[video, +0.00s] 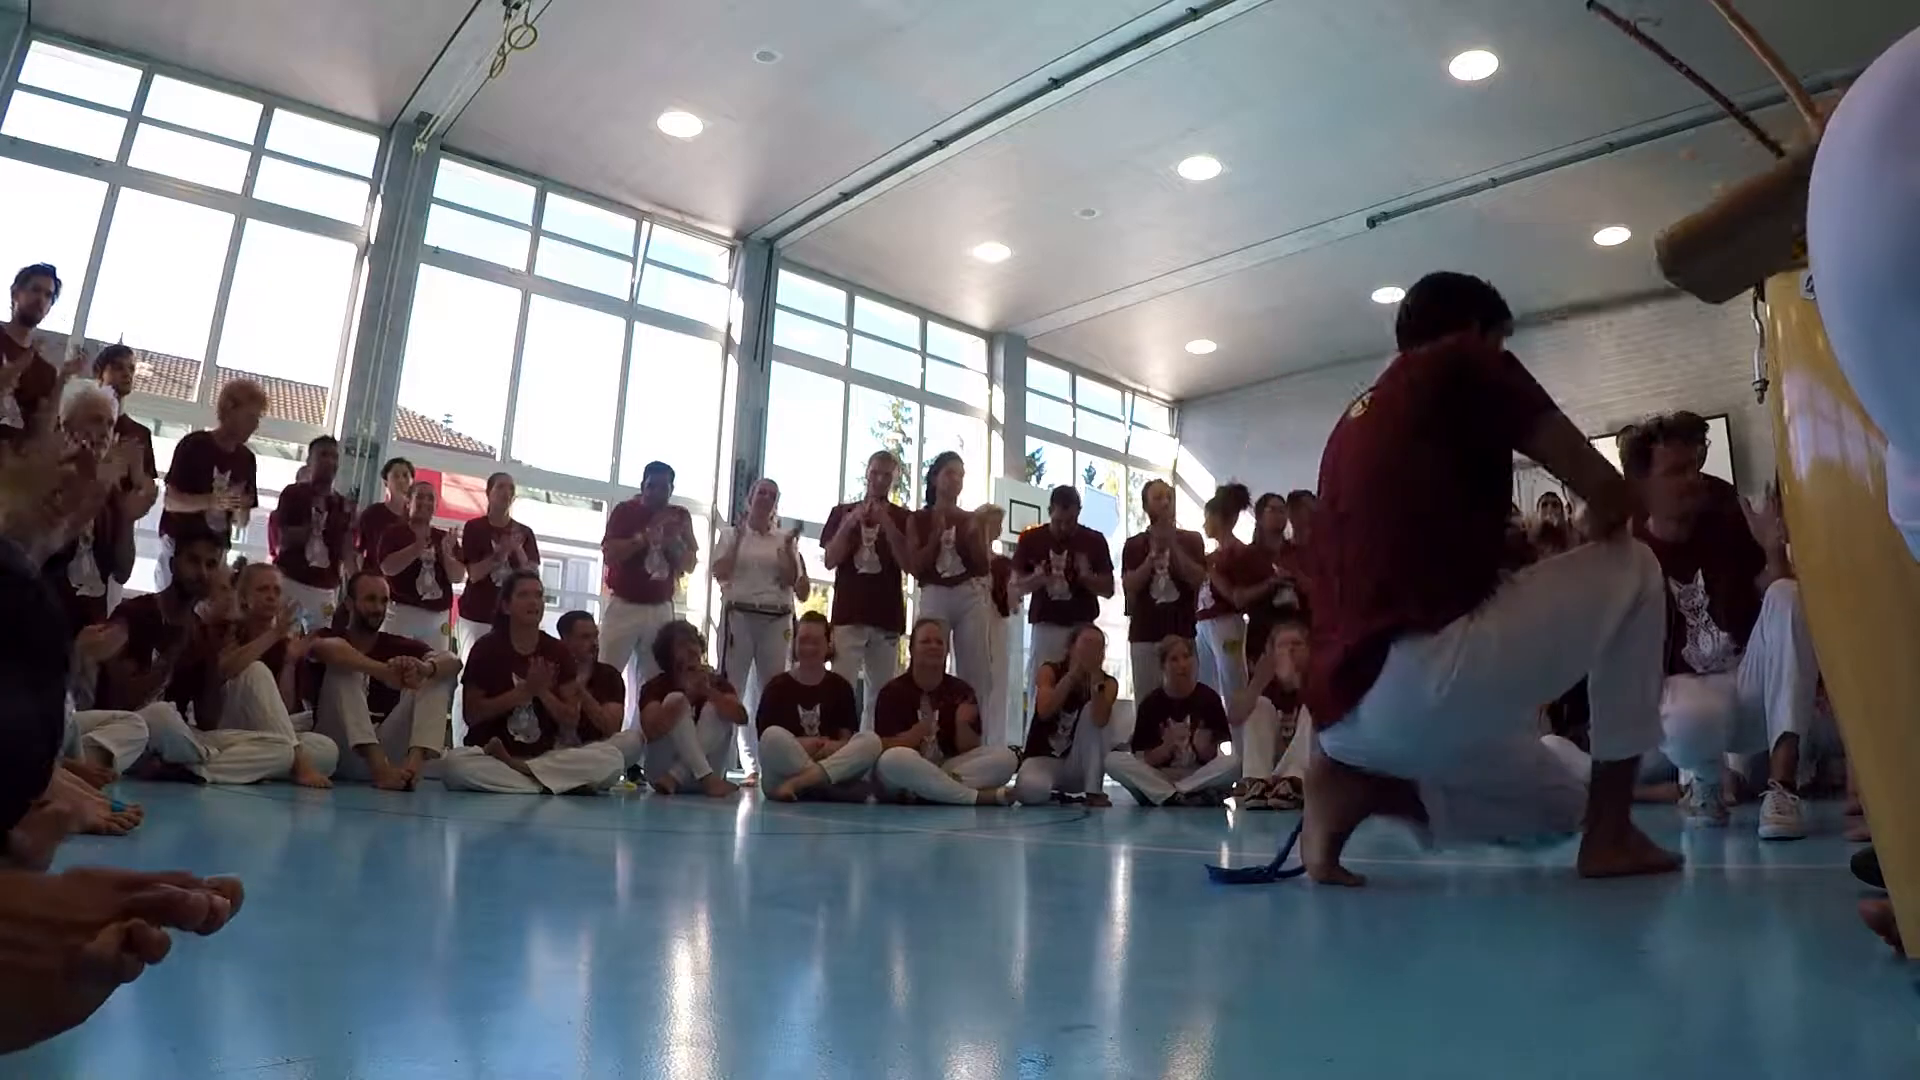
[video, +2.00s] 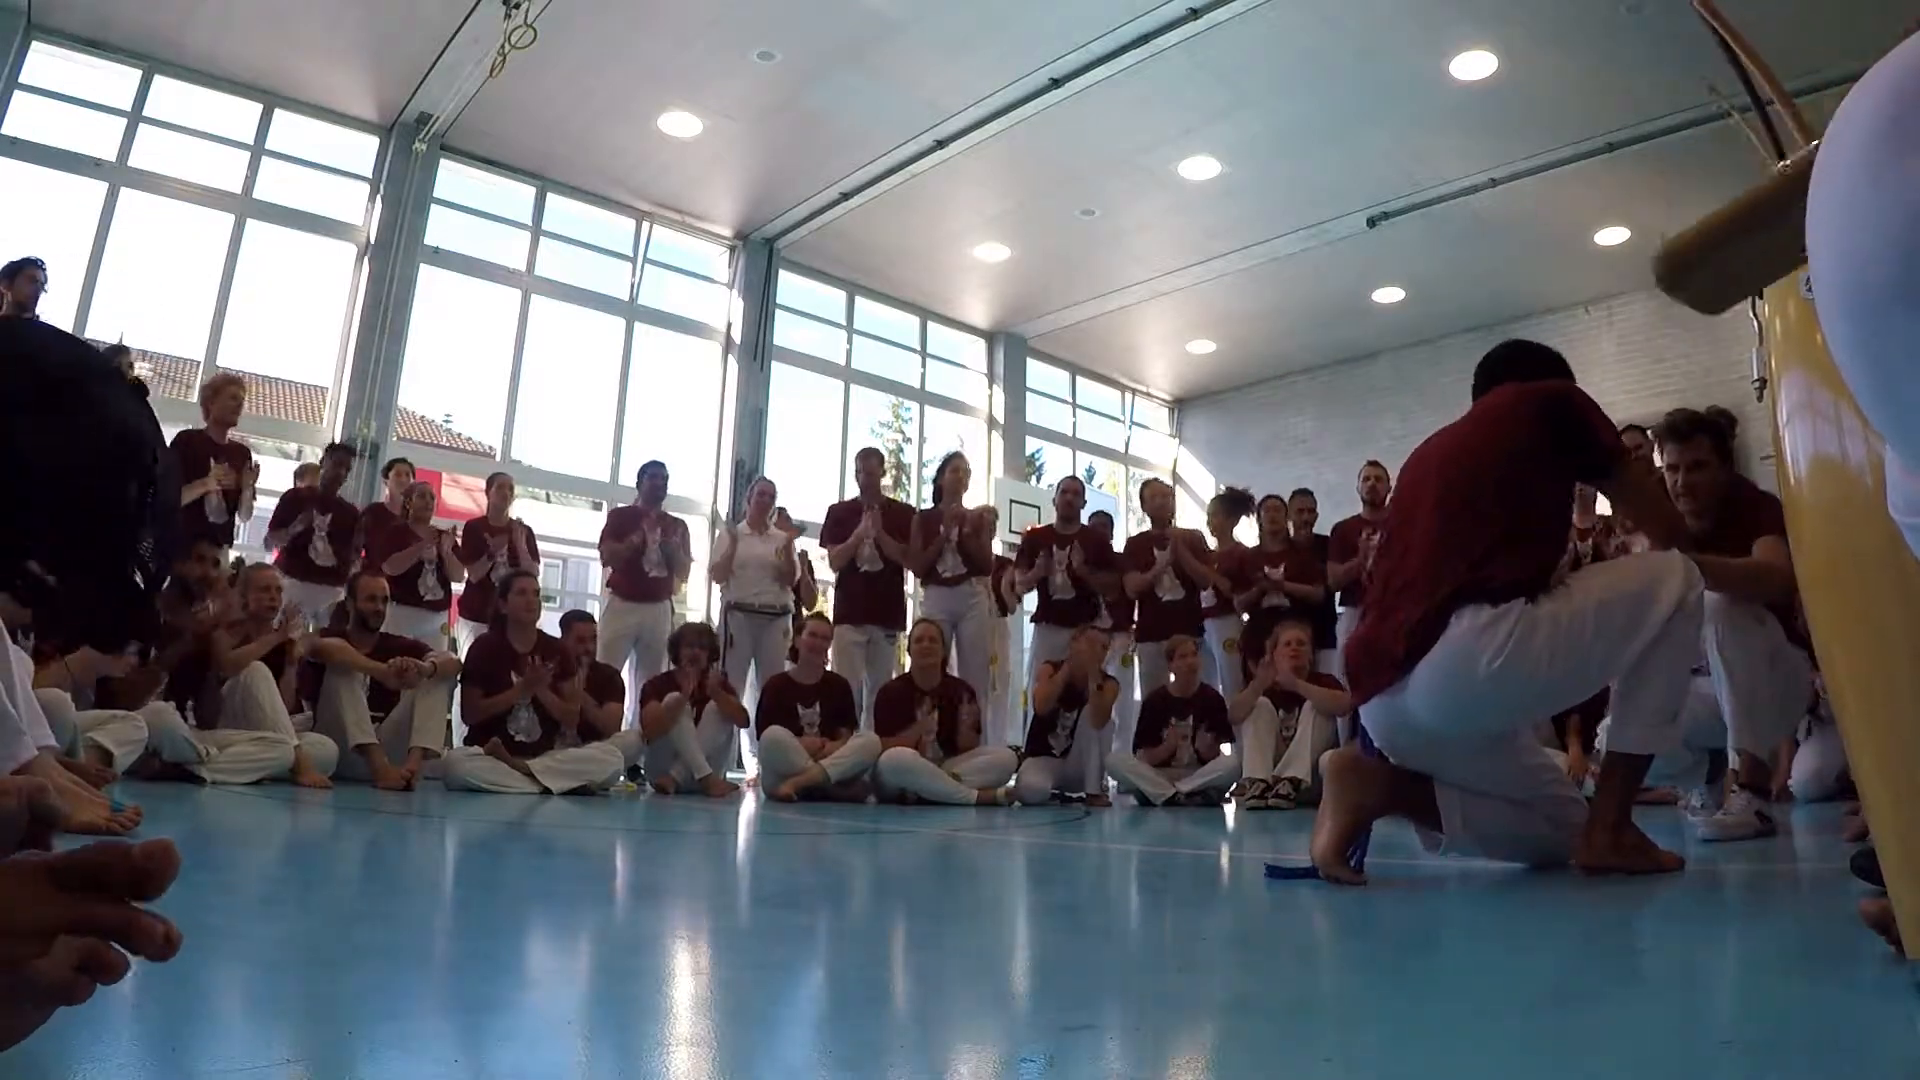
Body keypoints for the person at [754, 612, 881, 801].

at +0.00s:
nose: (809, 645)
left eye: (816, 640)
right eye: (803, 639)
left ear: (828, 645)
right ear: (795, 643)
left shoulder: (840, 686)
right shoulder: (777, 685)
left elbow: (846, 739)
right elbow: (766, 738)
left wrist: (832, 748)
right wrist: (809, 744)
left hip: (831, 769)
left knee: (871, 741)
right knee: (772, 736)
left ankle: (796, 785)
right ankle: (833, 788)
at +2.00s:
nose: (818, 643)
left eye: (825, 639)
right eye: (813, 636)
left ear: (830, 645)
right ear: (797, 639)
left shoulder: (839, 685)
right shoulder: (776, 684)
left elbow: (846, 737)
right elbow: (764, 737)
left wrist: (832, 747)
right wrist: (800, 744)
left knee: (871, 741)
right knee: (773, 736)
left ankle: (797, 784)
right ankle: (835, 789)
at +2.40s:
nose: (817, 642)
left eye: (824, 638)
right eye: (811, 635)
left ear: (829, 645)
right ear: (796, 639)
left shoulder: (837, 685)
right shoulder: (774, 684)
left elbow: (848, 733)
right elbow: (764, 736)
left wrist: (826, 736)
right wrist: (801, 731)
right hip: (783, 776)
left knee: (865, 732)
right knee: (776, 728)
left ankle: (796, 784)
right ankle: (836, 789)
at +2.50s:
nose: (817, 644)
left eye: (823, 640)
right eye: (811, 636)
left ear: (828, 646)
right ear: (796, 639)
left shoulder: (836, 685)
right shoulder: (774, 683)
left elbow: (848, 731)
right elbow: (764, 733)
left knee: (863, 729)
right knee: (778, 723)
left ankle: (795, 784)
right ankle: (837, 788)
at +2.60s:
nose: (817, 644)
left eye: (823, 641)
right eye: (811, 637)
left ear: (828, 647)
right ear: (796, 639)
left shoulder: (835, 683)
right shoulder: (774, 682)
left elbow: (842, 733)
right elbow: (769, 733)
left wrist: (834, 710)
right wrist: (802, 713)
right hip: (784, 775)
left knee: (861, 725)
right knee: (780, 719)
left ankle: (795, 783)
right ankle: (835, 787)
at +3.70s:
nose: (823, 645)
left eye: (830, 640)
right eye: (817, 637)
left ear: (835, 646)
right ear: (801, 638)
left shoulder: (841, 680)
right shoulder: (782, 678)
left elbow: (854, 723)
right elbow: (778, 730)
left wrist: (833, 683)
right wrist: (816, 693)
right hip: (785, 776)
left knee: (866, 729)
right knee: (765, 722)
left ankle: (797, 784)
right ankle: (832, 785)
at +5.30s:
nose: (817, 646)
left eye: (819, 639)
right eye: (809, 642)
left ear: (822, 640)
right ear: (790, 647)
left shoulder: (833, 673)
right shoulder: (776, 681)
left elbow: (847, 705)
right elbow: (803, 732)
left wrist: (826, 663)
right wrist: (805, 680)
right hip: (787, 778)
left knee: (854, 720)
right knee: (769, 717)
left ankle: (794, 784)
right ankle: (829, 785)